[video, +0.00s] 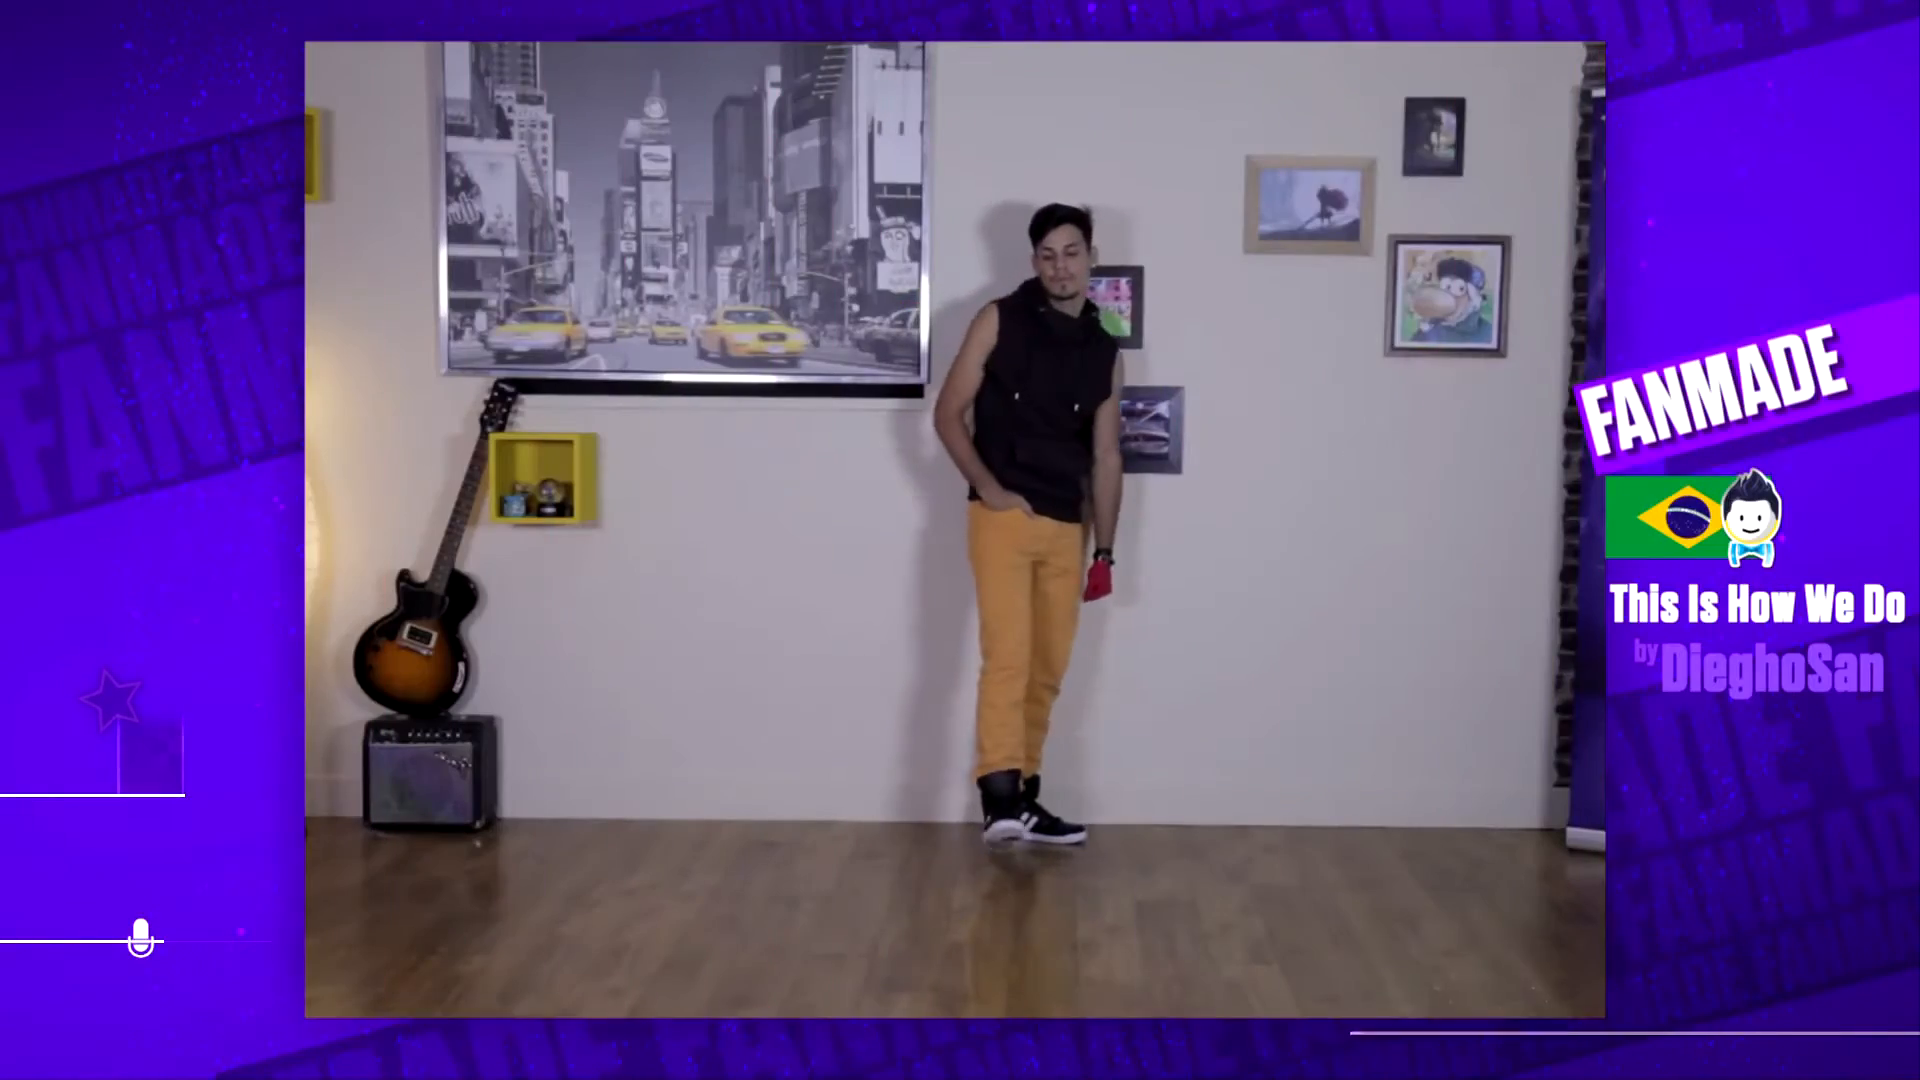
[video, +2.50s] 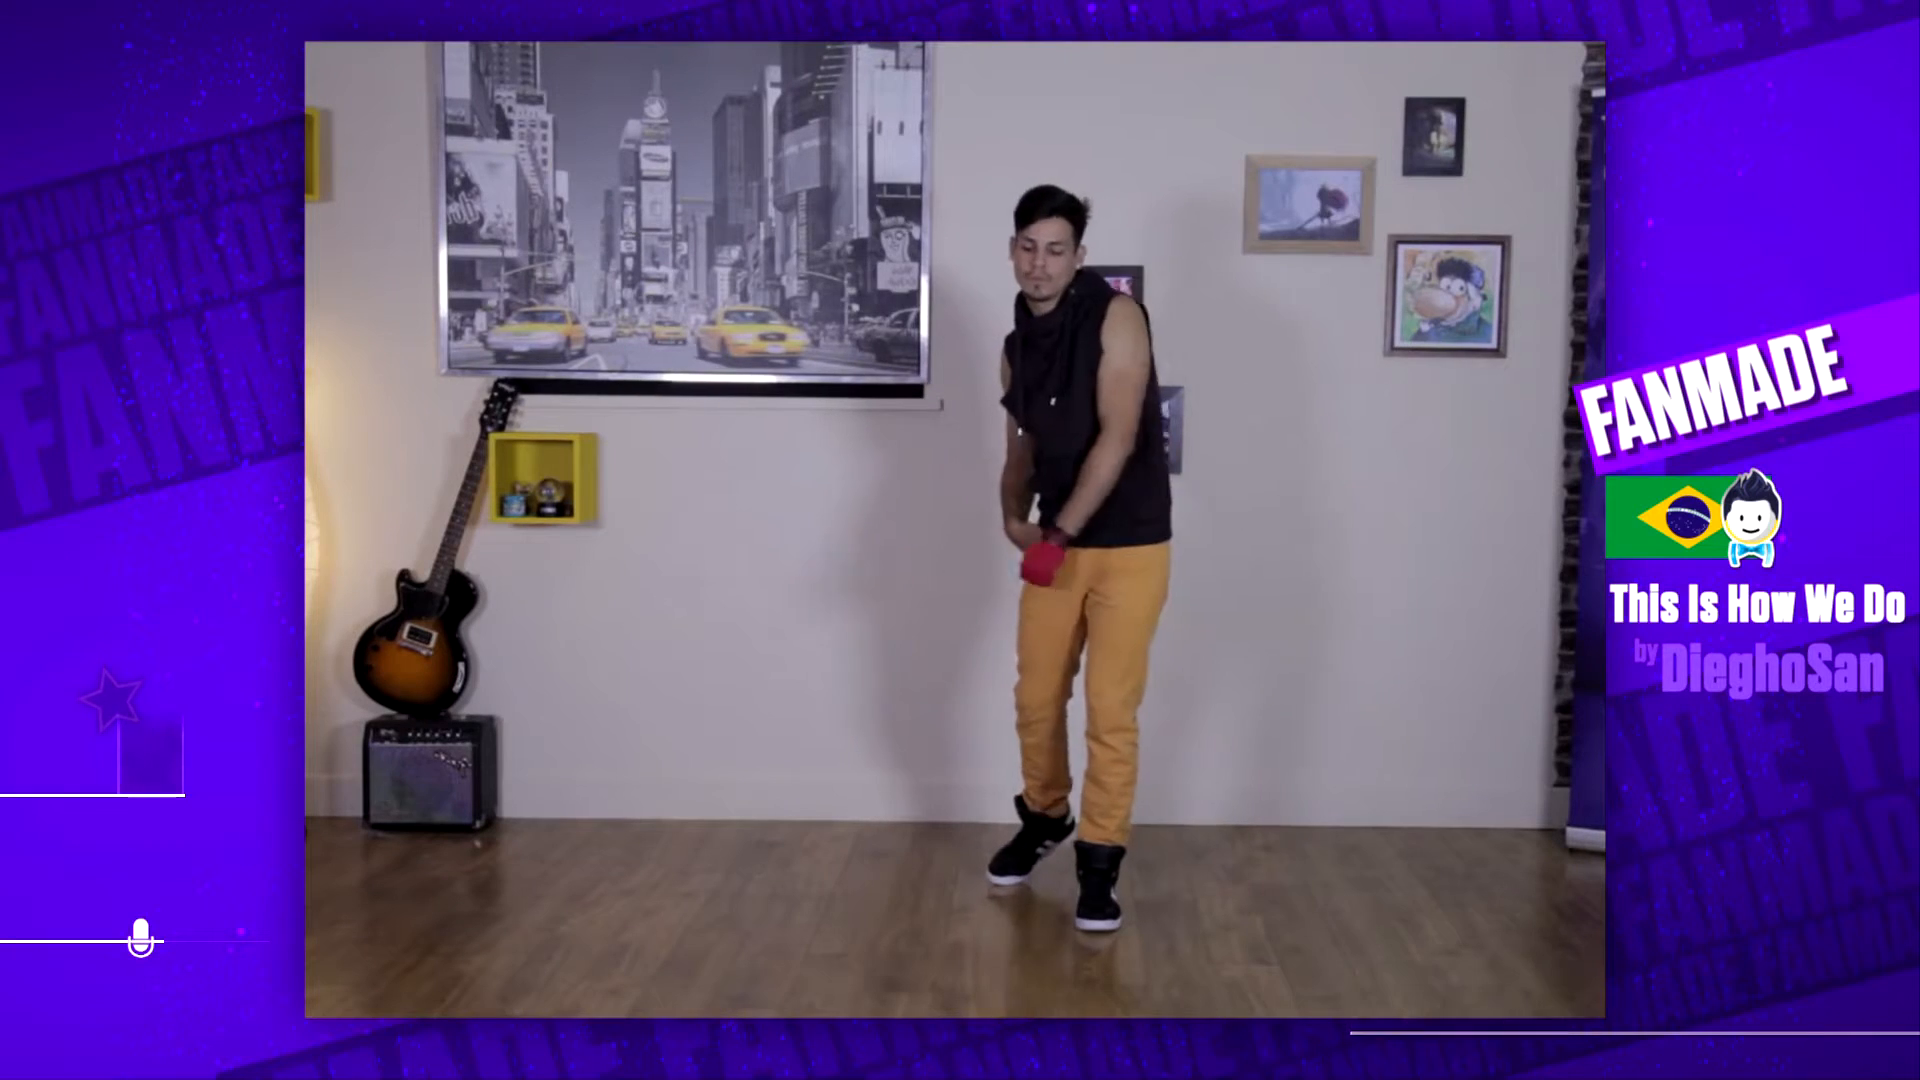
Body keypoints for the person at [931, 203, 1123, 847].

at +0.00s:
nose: (1059, 265)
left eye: (1071, 253)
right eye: (1047, 255)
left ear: (1091, 257)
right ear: (1034, 261)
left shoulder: (1102, 347)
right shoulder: (1000, 320)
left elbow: (1107, 453)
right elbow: (947, 414)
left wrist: (1103, 545)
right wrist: (986, 488)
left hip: (1068, 527)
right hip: (1004, 517)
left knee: (1047, 668)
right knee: (1008, 660)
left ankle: (1023, 800)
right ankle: (999, 804)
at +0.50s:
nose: (1013, 265)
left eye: (1026, 255)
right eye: (1002, 253)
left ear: (1044, 267)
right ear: (984, 263)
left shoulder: (1075, 336)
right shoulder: (958, 357)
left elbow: (1110, 432)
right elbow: (943, 465)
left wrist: (1115, 516)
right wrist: (995, 512)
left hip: (1088, 536)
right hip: (1021, 536)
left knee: (1070, 684)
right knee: (1015, 685)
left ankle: (1028, 800)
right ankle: (998, 832)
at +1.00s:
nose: (1018, 272)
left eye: (1032, 261)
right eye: (1007, 258)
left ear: (1048, 265)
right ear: (988, 255)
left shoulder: (1050, 335)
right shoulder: (956, 338)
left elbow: (1077, 433)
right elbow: (919, 451)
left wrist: (1099, 514)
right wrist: (994, 516)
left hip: (1070, 533)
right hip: (1008, 537)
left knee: (1079, 671)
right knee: (1013, 682)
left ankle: (1036, 789)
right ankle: (997, 825)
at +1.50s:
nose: (1057, 281)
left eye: (1071, 268)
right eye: (1045, 268)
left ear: (1089, 273)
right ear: (1027, 269)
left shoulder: (1084, 356)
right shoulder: (983, 325)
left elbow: (1069, 445)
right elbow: (920, 427)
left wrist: (1060, 511)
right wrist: (954, 527)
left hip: (1056, 543)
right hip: (985, 545)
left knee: (1079, 692)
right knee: (995, 699)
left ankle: (1099, 847)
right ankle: (998, 839)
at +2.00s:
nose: (1049, 254)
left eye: (1062, 242)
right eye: (1037, 243)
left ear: (1086, 251)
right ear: (1022, 255)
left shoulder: (1113, 349)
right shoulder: (996, 332)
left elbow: (1157, 465)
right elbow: (965, 430)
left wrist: (1179, 567)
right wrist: (963, 514)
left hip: (1081, 550)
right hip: (1000, 546)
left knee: (1083, 710)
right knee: (1000, 706)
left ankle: (1097, 871)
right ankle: (1006, 829)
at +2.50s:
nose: (1037, 263)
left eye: (1053, 250)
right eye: (1026, 249)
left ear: (1079, 256)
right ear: (1011, 254)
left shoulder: (1118, 320)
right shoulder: (1018, 348)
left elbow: (1119, 437)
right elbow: (1019, 448)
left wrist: (1061, 534)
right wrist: (1014, 517)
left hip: (1128, 546)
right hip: (1055, 544)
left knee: (1109, 710)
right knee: (1036, 701)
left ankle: (1100, 865)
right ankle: (1045, 817)